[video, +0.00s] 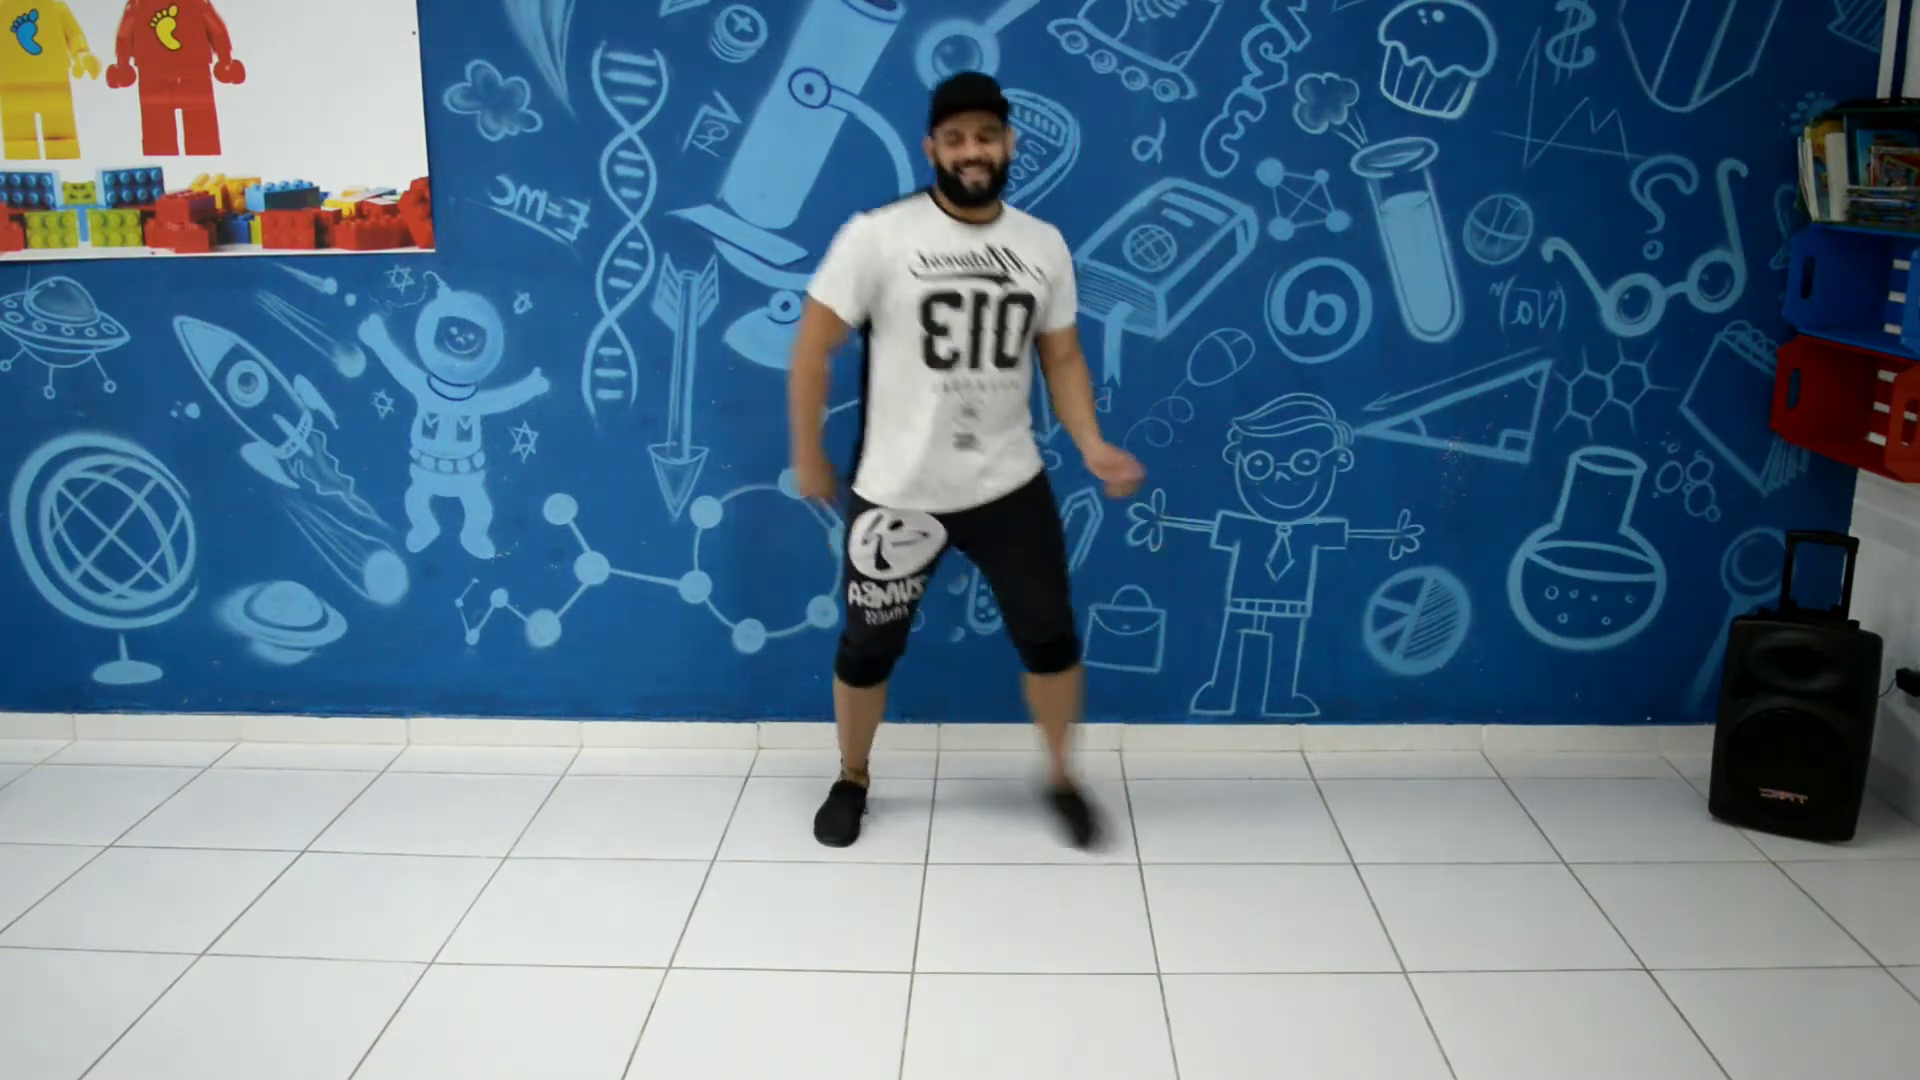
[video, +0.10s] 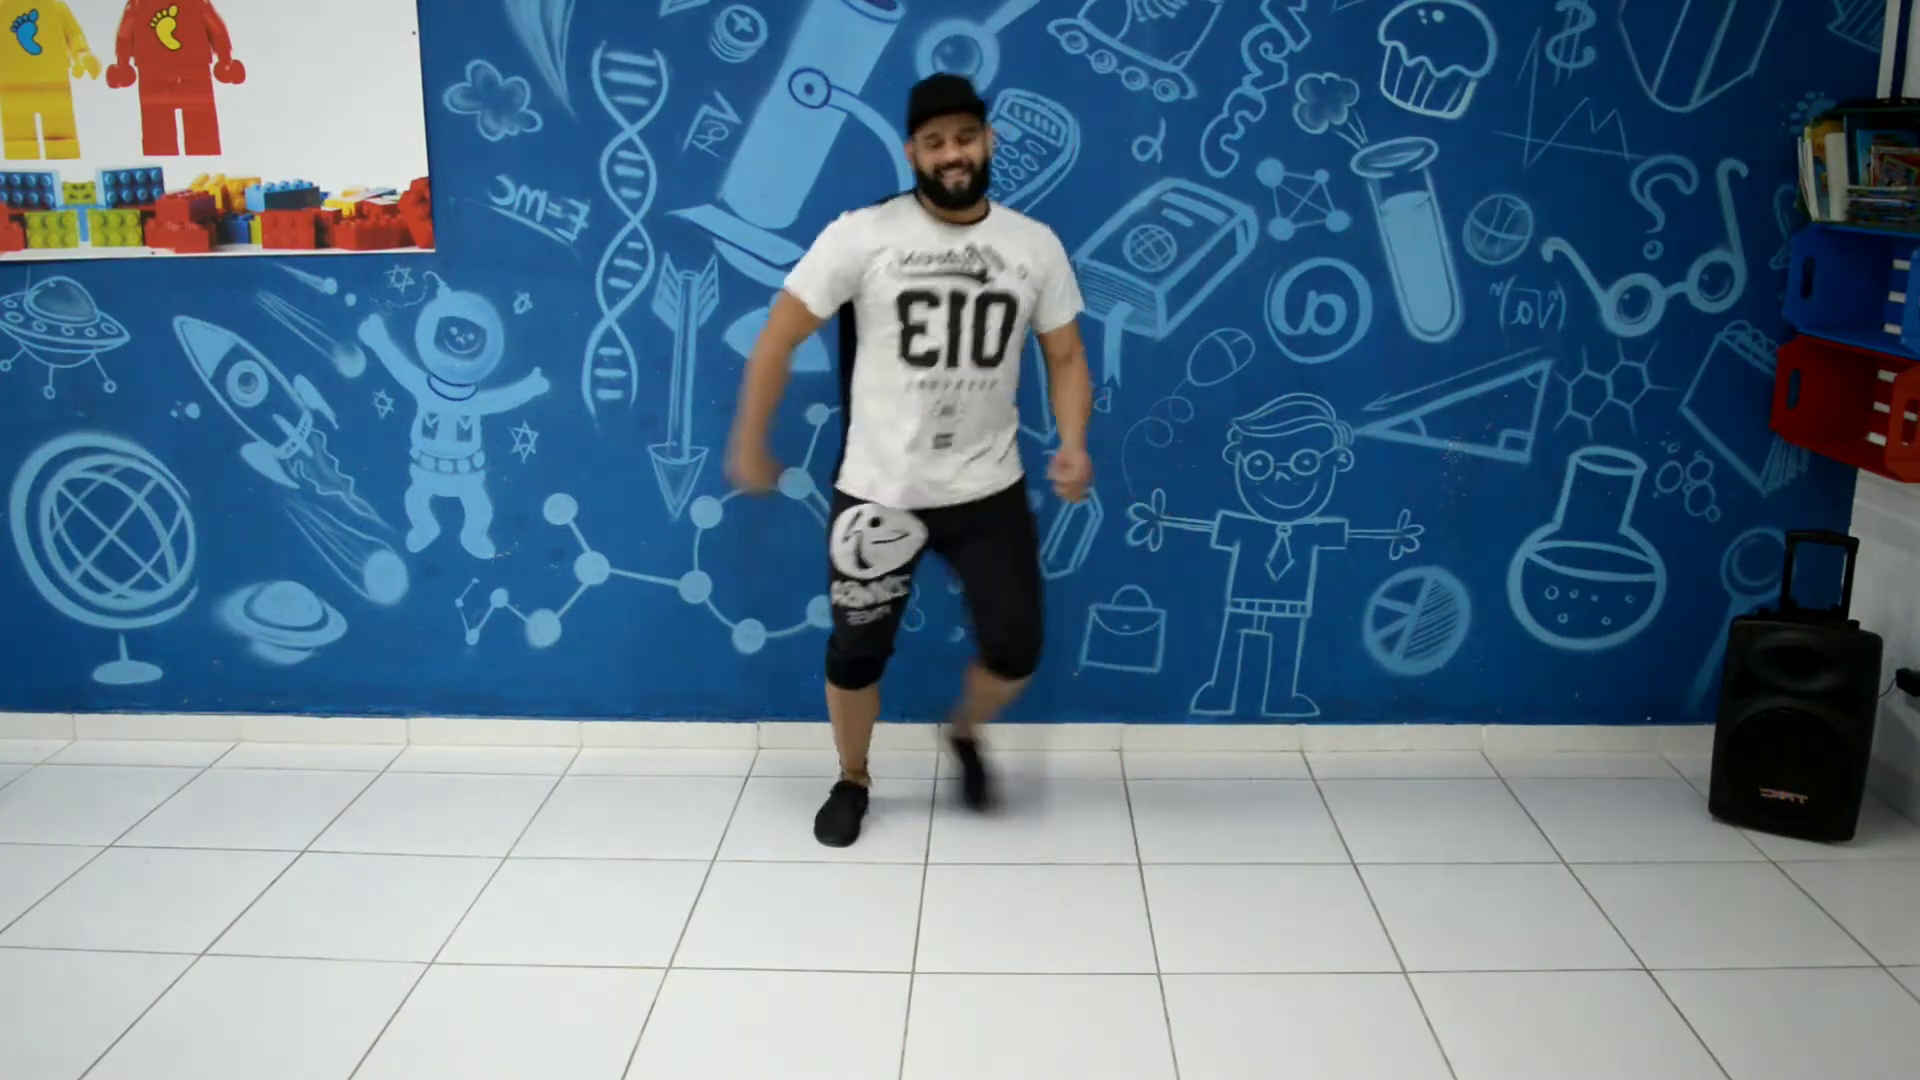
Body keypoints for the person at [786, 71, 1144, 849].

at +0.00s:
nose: (973, 152)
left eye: (988, 137)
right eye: (955, 138)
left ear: (1010, 146)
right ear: (931, 147)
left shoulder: (1042, 248)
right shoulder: (873, 240)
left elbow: (1064, 359)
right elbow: (811, 348)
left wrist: (1092, 444)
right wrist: (808, 456)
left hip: (1008, 482)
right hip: (898, 484)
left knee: (1051, 638)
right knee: (868, 645)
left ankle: (1063, 782)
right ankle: (851, 781)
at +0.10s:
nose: (953, 155)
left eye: (966, 137)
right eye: (935, 142)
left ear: (989, 142)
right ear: (911, 153)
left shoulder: (1034, 249)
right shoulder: (857, 241)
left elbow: (1066, 357)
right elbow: (778, 338)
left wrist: (1072, 441)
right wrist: (749, 442)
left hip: (987, 484)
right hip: (879, 484)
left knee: (1015, 652)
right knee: (856, 651)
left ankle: (964, 732)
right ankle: (851, 780)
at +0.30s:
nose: (924, 164)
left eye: (938, 148)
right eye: (908, 152)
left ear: (965, 158)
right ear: (889, 168)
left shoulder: (1022, 261)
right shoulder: (852, 264)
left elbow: (1067, 376)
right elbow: (784, 356)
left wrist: (1042, 465)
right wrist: (700, 432)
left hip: (971, 503)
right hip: (867, 494)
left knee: (961, 669)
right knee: (845, 657)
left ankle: (907, 744)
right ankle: (848, 781)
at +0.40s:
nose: (932, 130)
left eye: (947, 118)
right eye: (917, 120)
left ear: (974, 135)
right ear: (897, 140)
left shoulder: (1028, 236)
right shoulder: (857, 235)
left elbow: (1076, 356)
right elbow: (809, 338)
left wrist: (1056, 474)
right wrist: (761, 426)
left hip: (989, 481)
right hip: (881, 477)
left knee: (1004, 654)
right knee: (859, 637)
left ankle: (971, 738)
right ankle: (854, 777)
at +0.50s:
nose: (950, 143)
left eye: (967, 133)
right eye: (936, 132)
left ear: (993, 152)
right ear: (915, 152)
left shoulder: (1043, 254)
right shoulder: (875, 253)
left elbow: (1103, 369)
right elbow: (824, 359)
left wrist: (1111, 490)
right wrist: (843, 446)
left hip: (1005, 498)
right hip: (897, 492)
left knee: (1045, 658)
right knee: (854, 643)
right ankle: (870, 782)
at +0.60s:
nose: (966, 167)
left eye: (984, 157)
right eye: (954, 156)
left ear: (1012, 176)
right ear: (935, 176)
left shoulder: (1061, 277)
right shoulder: (901, 282)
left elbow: (1119, 395)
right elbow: (862, 399)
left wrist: (1145, 515)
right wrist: (902, 465)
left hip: (1027, 516)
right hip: (921, 510)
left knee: (1070, 672)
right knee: (855, 646)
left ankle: (1122, 793)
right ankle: (870, 785)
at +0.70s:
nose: (986, 143)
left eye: (1004, 134)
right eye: (974, 133)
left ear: (1033, 156)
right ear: (956, 156)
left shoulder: (1084, 250)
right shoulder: (921, 263)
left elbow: (1121, 380)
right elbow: (912, 390)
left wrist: (1147, 501)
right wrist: (958, 474)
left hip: (1064, 497)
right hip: (952, 492)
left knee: (1098, 655)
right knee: (896, 637)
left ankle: (1125, 792)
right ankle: (884, 785)